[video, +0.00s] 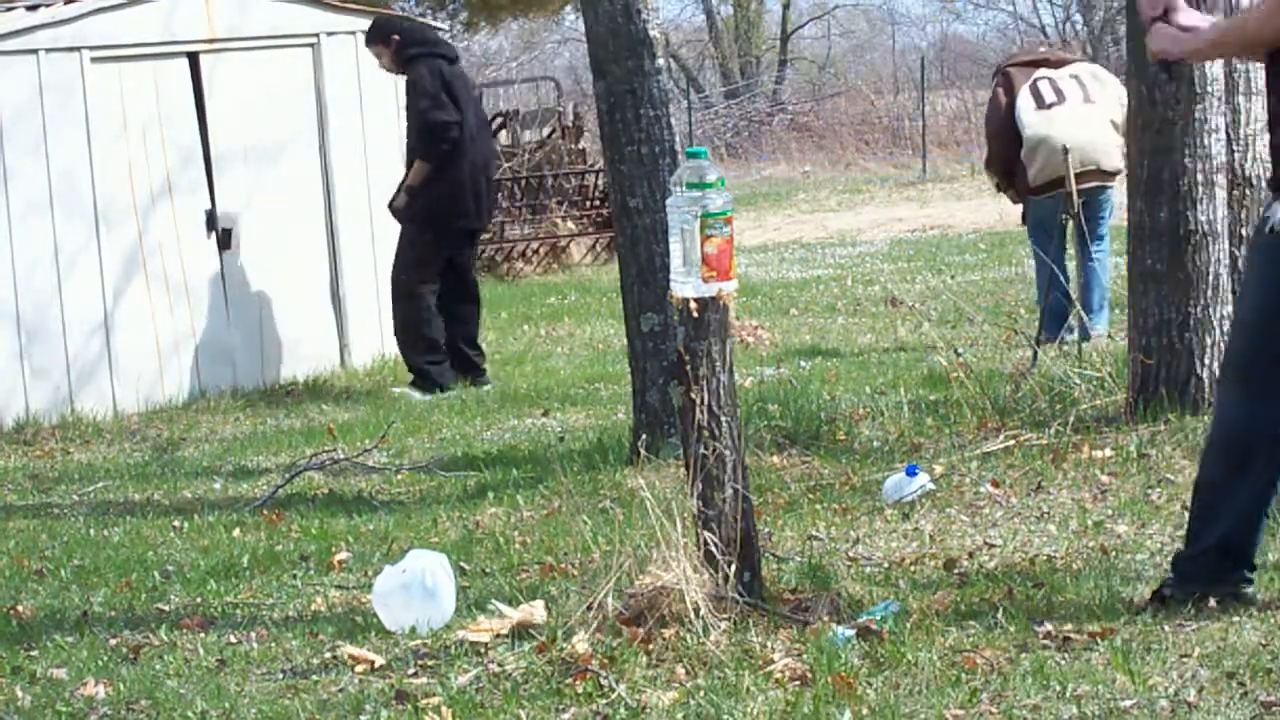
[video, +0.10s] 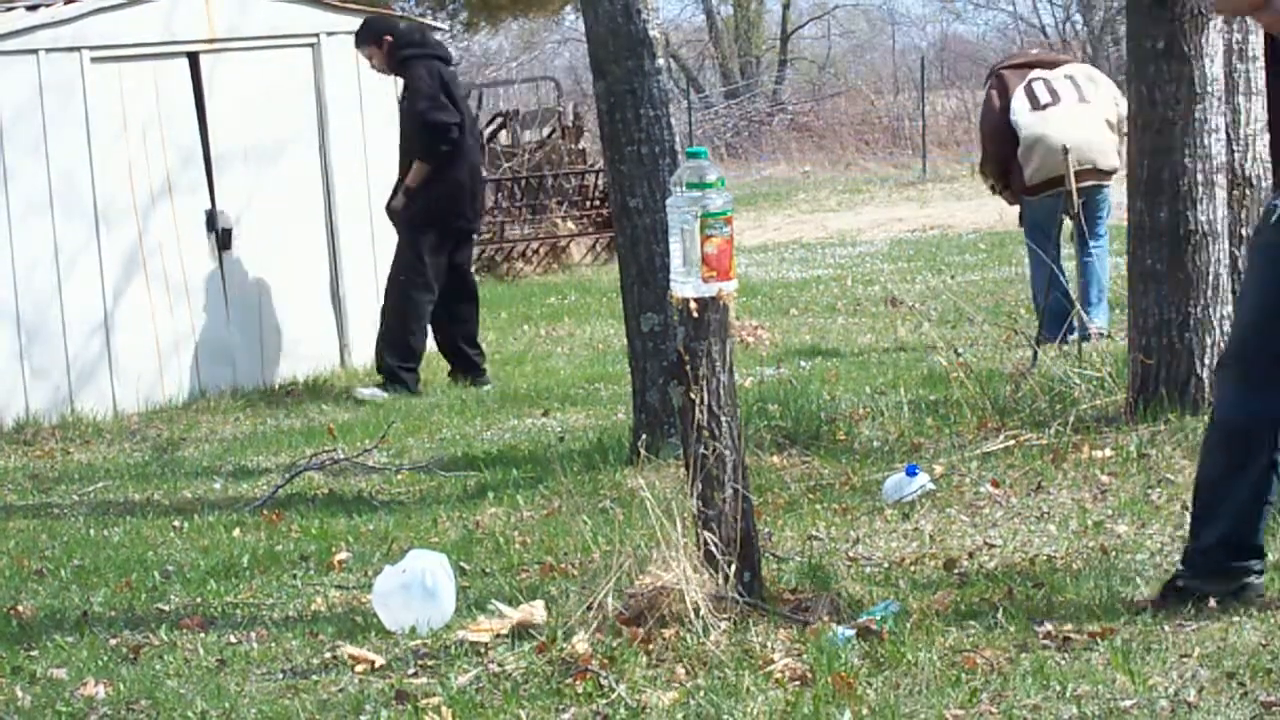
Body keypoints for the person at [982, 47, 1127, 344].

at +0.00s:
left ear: (1022, 56)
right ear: (1061, 51)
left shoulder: (1011, 76)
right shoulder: (1093, 70)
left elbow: (998, 134)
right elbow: (1125, 110)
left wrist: (1007, 181)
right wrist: (1124, 157)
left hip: (1042, 168)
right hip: (1099, 162)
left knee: (1048, 251)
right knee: (1095, 244)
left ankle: (1054, 332)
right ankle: (1096, 329)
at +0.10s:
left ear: (1015, 61)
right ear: (1053, 54)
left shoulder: (1004, 79)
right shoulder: (1088, 70)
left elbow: (993, 138)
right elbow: (1122, 112)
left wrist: (1004, 184)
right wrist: (1113, 157)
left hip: (1040, 166)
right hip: (1095, 161)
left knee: (1043, 247)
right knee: (1094, 241)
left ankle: (1055, 332)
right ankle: (1096, 326)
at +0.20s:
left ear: (1009, 64)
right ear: (1046, 55)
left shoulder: (998, 80)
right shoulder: (1080, 70)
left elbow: (989, 135)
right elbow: (1119, 109)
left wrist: (1000, 183)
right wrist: (1110, 155)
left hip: (1038, 168)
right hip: (1093, 161)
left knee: (1041, 251)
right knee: (1094, 235)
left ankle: (1053, 335)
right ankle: (1093, 313)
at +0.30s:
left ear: (1005, 66)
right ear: (1045, 57)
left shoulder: (994, 81)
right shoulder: (1076, 70)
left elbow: (987, 138)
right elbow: (1118, 108)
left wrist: (1000, 186)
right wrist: (1109, 157)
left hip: (1037, 169)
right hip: (1093, 163)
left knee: (1040, 251)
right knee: (1095, 230)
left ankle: (1052, 337)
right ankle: (1093, 305)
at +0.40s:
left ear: (1004, 66)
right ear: (1044, 56)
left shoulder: (994, 81)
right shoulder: (1076, 69)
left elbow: (986, 136)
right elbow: (1119, 107)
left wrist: (999, 184)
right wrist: (1110, 154)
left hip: (1037, 167)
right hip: (1092, 159)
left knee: (1040, 252)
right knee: (1098, 229)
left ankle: (1051, 335)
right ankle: (1102, 312)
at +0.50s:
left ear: (1006, 65)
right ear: (1045, 56)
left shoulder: (996, 80)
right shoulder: (1077, 69)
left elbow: (987, 133)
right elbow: (1119, 107)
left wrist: (1000, 183)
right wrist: (1111, 154)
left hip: (1038, 168)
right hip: (1093, 159)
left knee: (1041, 252)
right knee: (1101, 236)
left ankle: (1052, 336)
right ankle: (1113, 322)